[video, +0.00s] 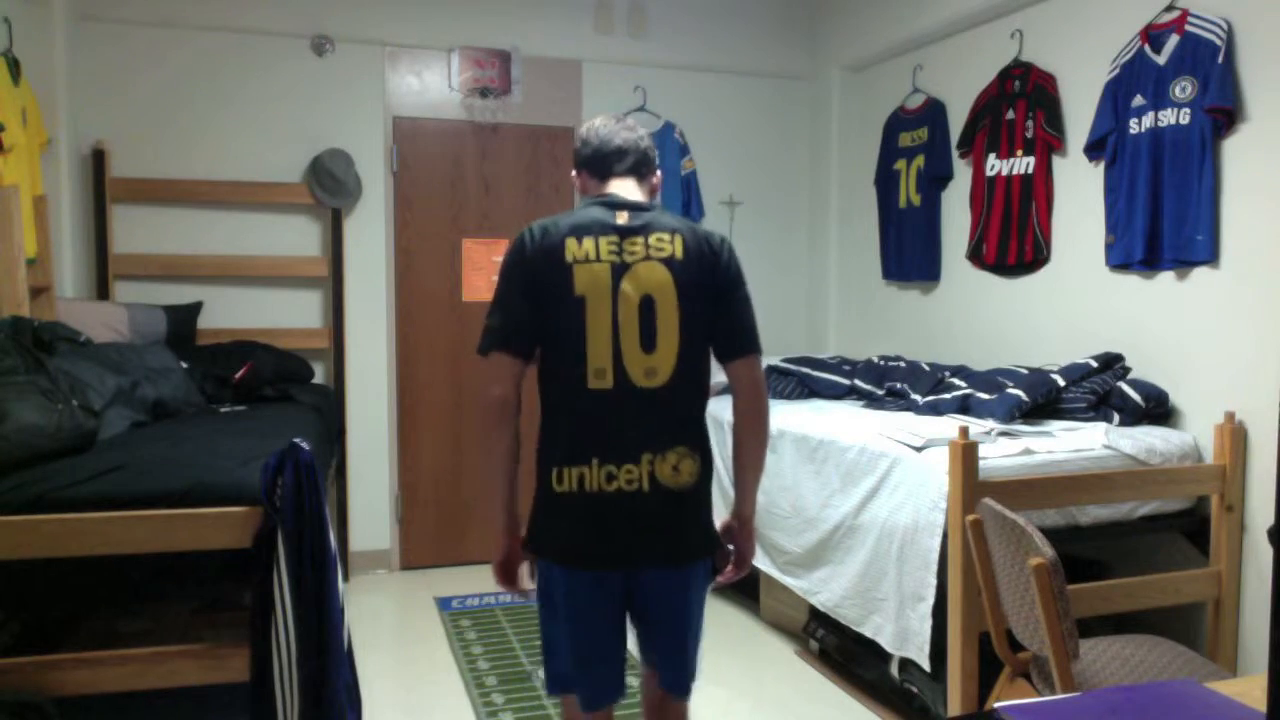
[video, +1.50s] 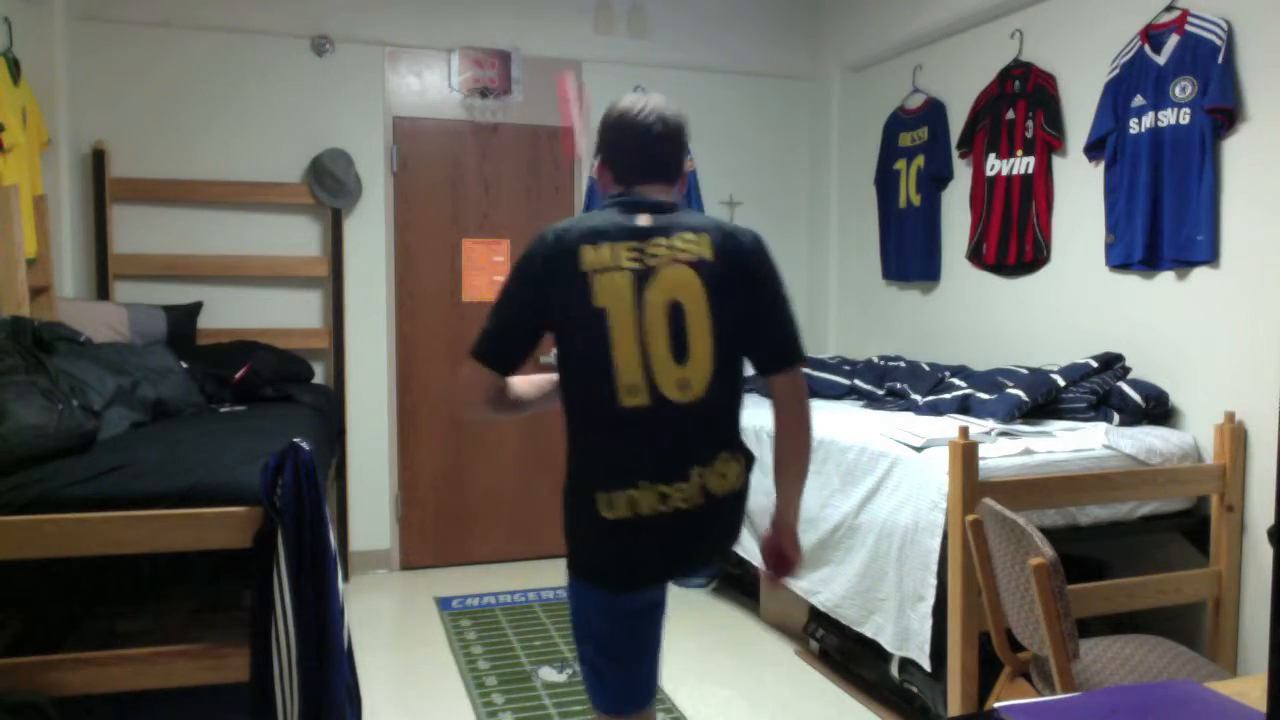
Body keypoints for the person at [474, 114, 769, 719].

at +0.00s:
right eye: (656, 176)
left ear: (578, 177)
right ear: (655, 179)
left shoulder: (537, 246)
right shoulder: (706, 249)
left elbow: (500, 395)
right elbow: (751, 392)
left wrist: (507, 527)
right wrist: (745, 513)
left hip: (575, 522)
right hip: (676, 521)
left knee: (585, 701)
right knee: (669, 694)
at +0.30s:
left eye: (583, 193)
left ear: (586, 197)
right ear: (661, 199)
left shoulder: (550, 264)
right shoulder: (709, 275)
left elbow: (506, 400)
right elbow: (765, 414)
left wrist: (514, 527)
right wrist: (746, 529)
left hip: (580, 529)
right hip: (676, 532)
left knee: (581, 691)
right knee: (658, 699)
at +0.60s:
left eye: (553, 172)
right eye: (629, 168)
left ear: (556, 174)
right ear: (630, 170)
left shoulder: (526, 255)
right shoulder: (687, 244)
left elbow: (494, 386)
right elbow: (757, 365)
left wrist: (519, 499)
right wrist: (770, 483)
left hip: (583, 502)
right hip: (679, 495)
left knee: (596, 682)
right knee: (663, 642)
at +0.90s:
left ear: (538, 159)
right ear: (608, 156)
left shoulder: (528, 216)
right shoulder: (671, 215)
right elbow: (754, 349)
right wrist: (756, 486)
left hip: (593, 499)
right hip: (685, 491)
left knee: (593, 694)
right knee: (684, 685)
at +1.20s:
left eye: (559, 193)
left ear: (569, 195)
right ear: (651, 196)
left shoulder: (534, 252)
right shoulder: (704, 263)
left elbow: (460, 386)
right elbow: (765, 402)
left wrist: (465, 487)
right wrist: (784, 557)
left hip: (590, 535)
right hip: (685, 528)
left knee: (595, 704)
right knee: (656, 631)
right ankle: (656, 706)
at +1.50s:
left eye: (600, 162)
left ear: (602, 171)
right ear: (684, 169)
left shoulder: (557, 251)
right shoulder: (737, 250)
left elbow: (487, 394)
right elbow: (791, 397)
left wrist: (568, 377)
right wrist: (787, 519)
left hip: (612, 529)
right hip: (713, 522)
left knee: (624, 706)